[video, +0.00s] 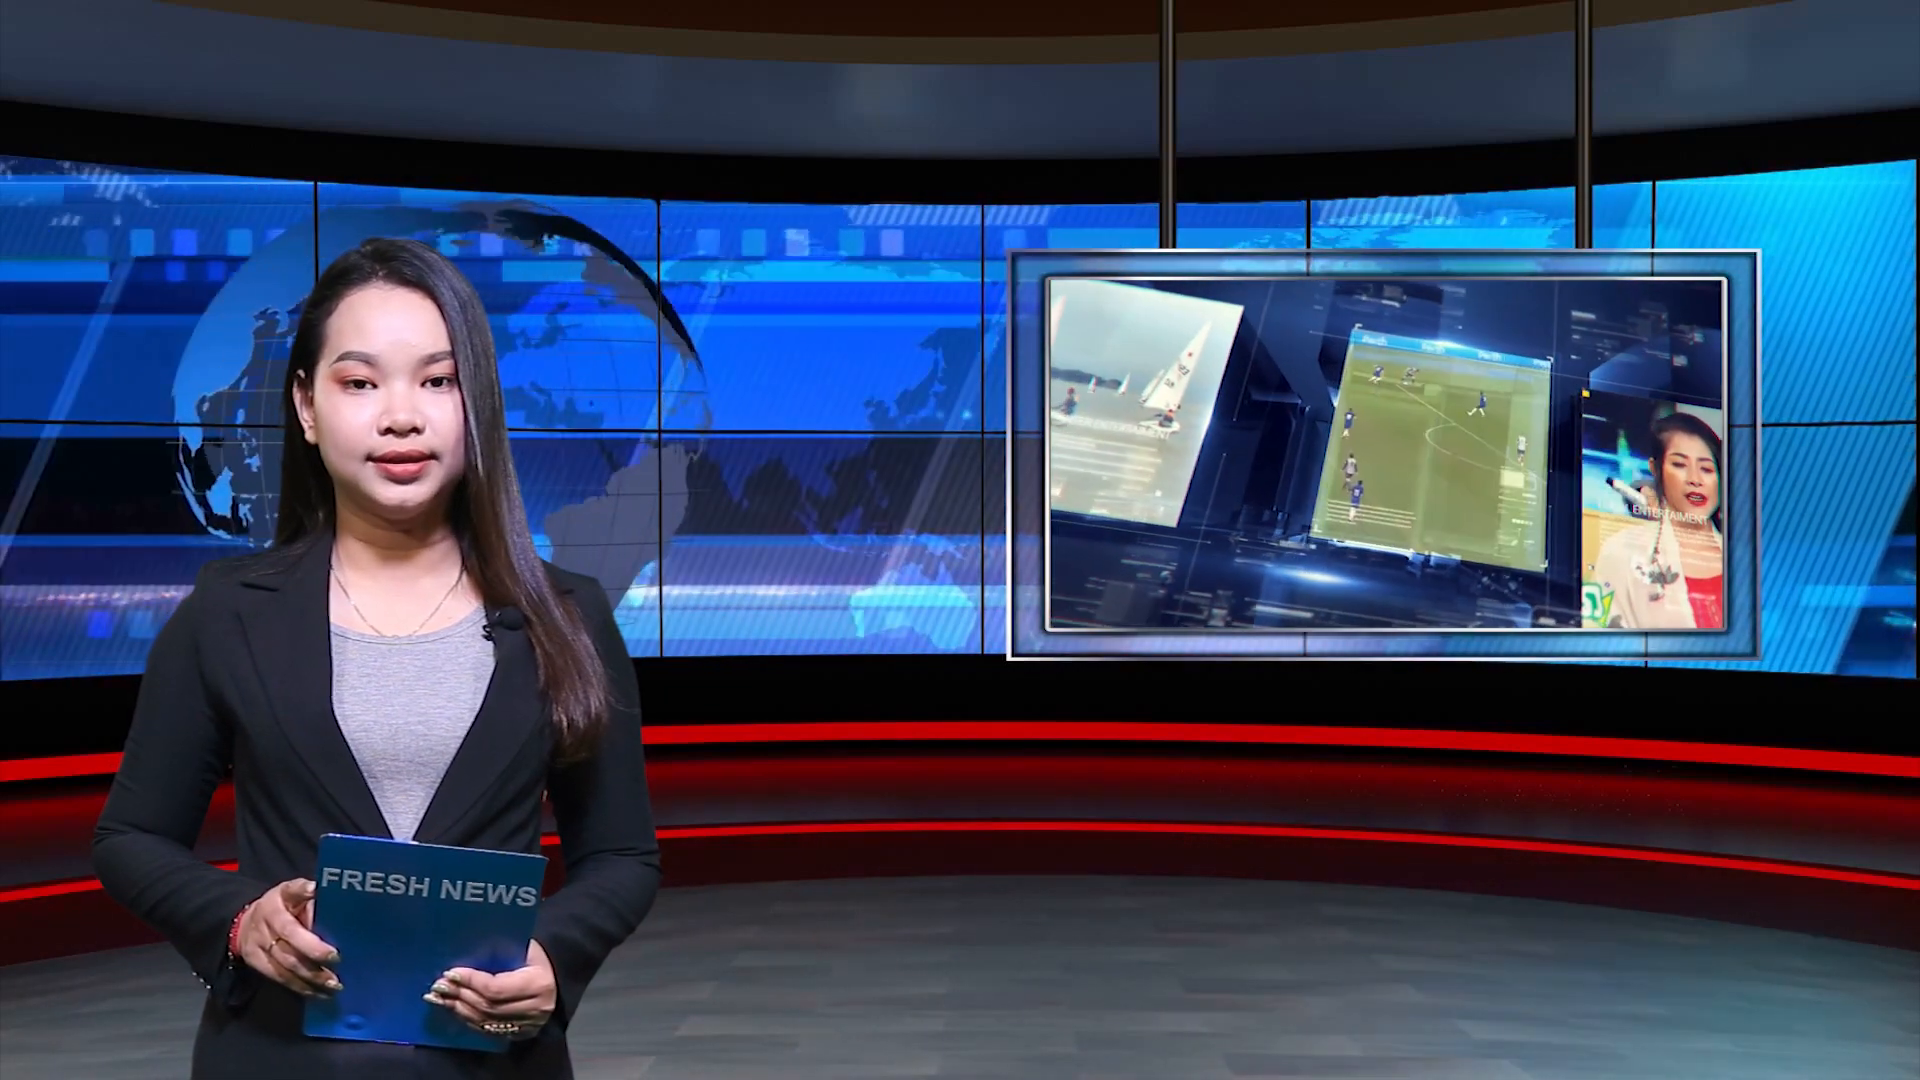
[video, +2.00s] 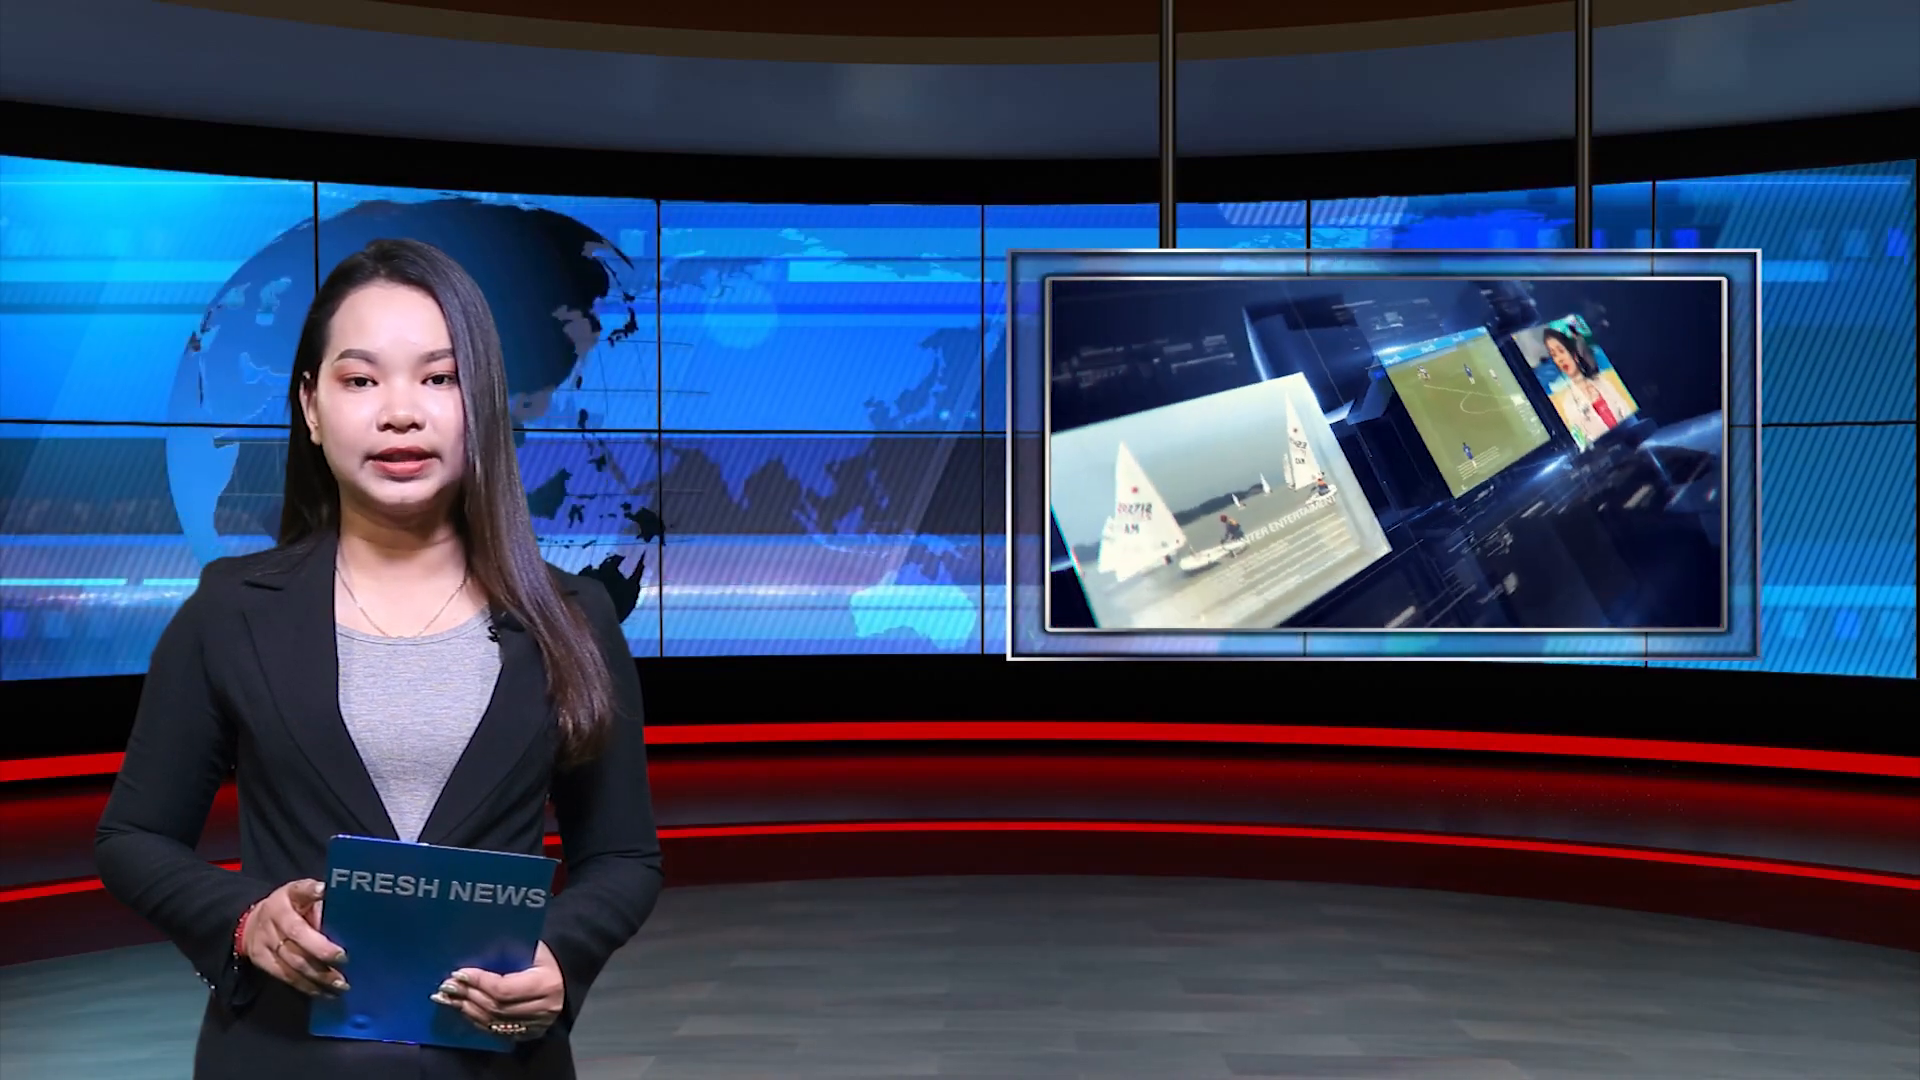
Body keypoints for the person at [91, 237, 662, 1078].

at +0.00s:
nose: (402, 416)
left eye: (436, 379)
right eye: (359, 380)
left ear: (475, 404)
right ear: (307, 409)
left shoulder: (562, 616)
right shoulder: (230, 613)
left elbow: (620, 857)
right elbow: (131, 839)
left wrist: (549, 960)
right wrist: (235, 915)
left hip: (493, 1051)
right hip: (280, 1054)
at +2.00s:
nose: (401, 412)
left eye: (436, 377)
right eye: (360, 378)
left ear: (480, 404)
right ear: (311, 411)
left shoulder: (566, 622)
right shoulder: (234, 612)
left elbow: (622, 857)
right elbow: (133, 839)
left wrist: (556, 958)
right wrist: (241, 916)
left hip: (499, 1053)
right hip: (283, 1054)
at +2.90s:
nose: (414, 406)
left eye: (448, 374)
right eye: (371, 374)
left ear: (488, 402)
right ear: (318, 408)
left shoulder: (572, 621)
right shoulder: (237, 614)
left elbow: (625, 857)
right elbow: (136, 838)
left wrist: (563, 957)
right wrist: (246, 918)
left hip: (503, 1054)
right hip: (287, 1054)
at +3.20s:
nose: (411, 408)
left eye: (445, 376)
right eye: (370, 376)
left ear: (485, 405)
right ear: (317, 410)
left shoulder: (571, 619)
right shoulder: (238, 614)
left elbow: (628, 857)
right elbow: (135, 838)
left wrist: (561, 957)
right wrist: (245, 916)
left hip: (503, 1053)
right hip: (288, 1054)